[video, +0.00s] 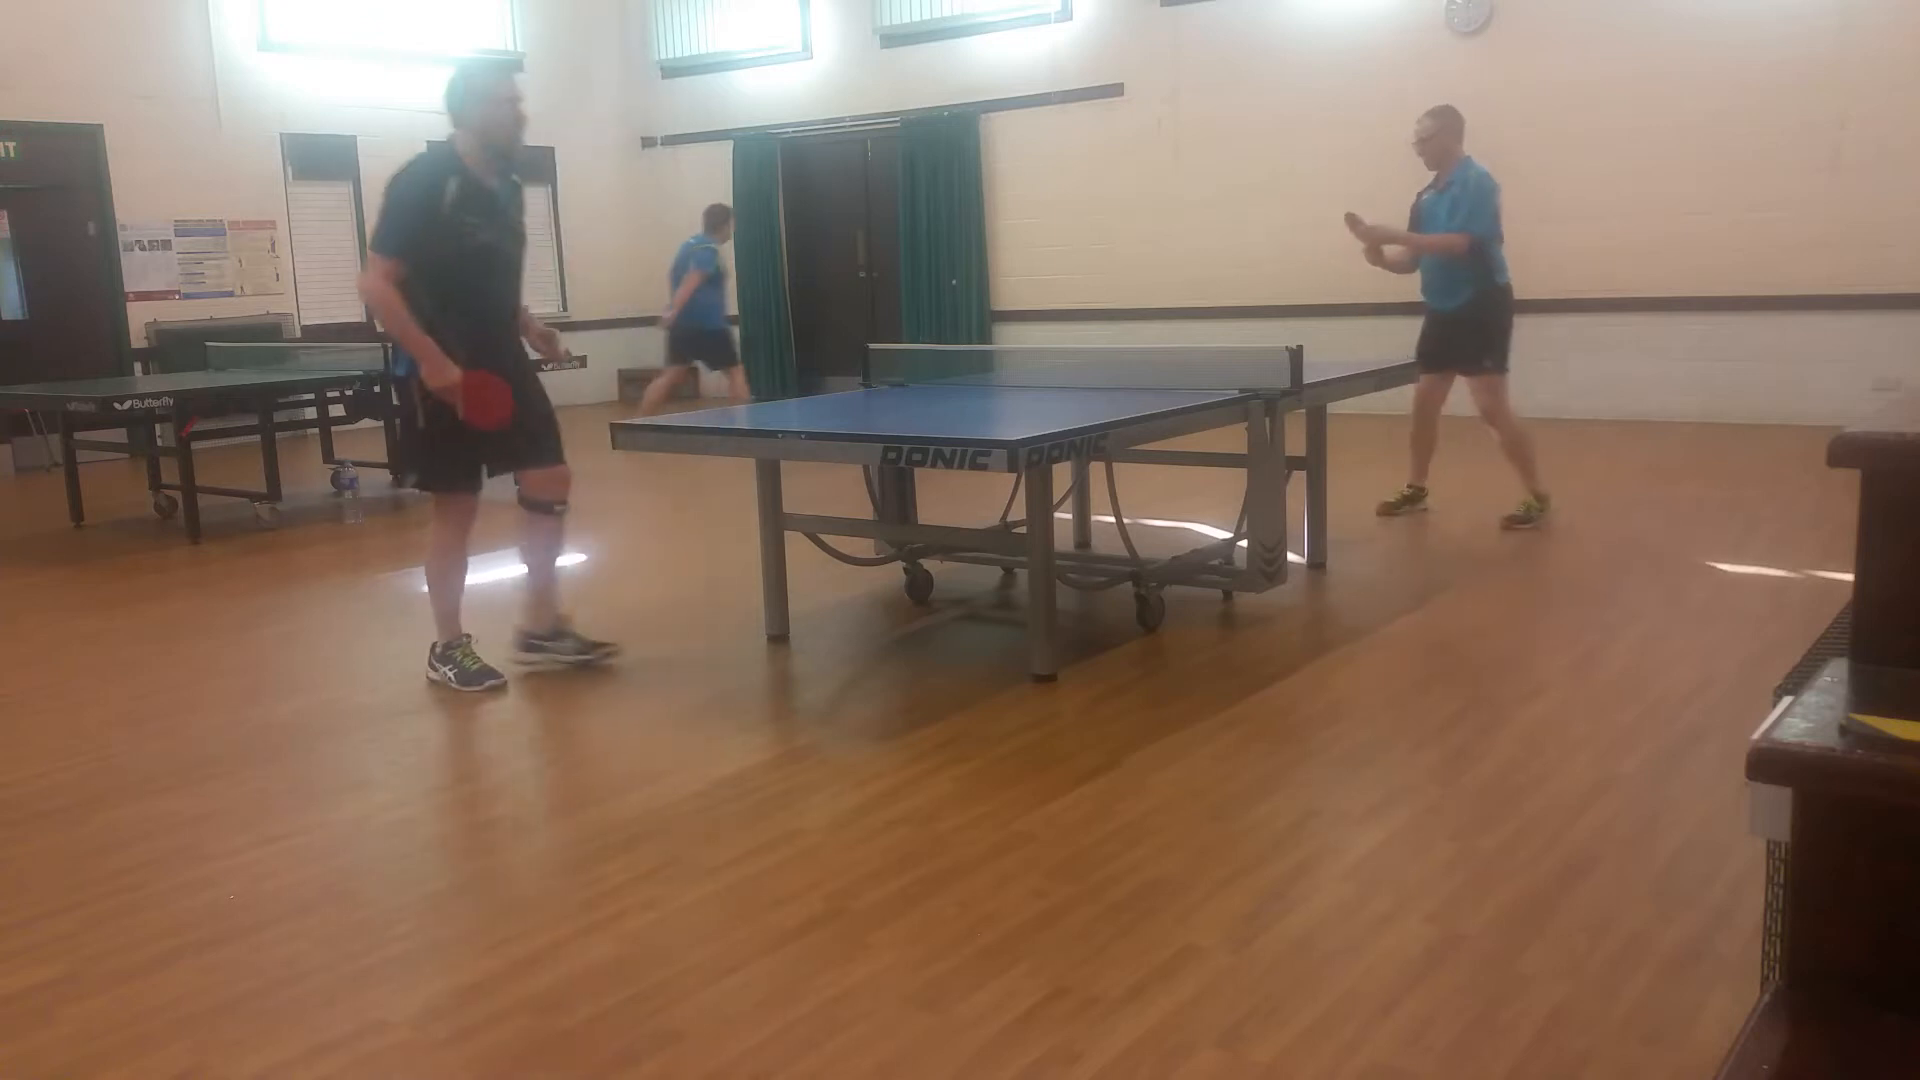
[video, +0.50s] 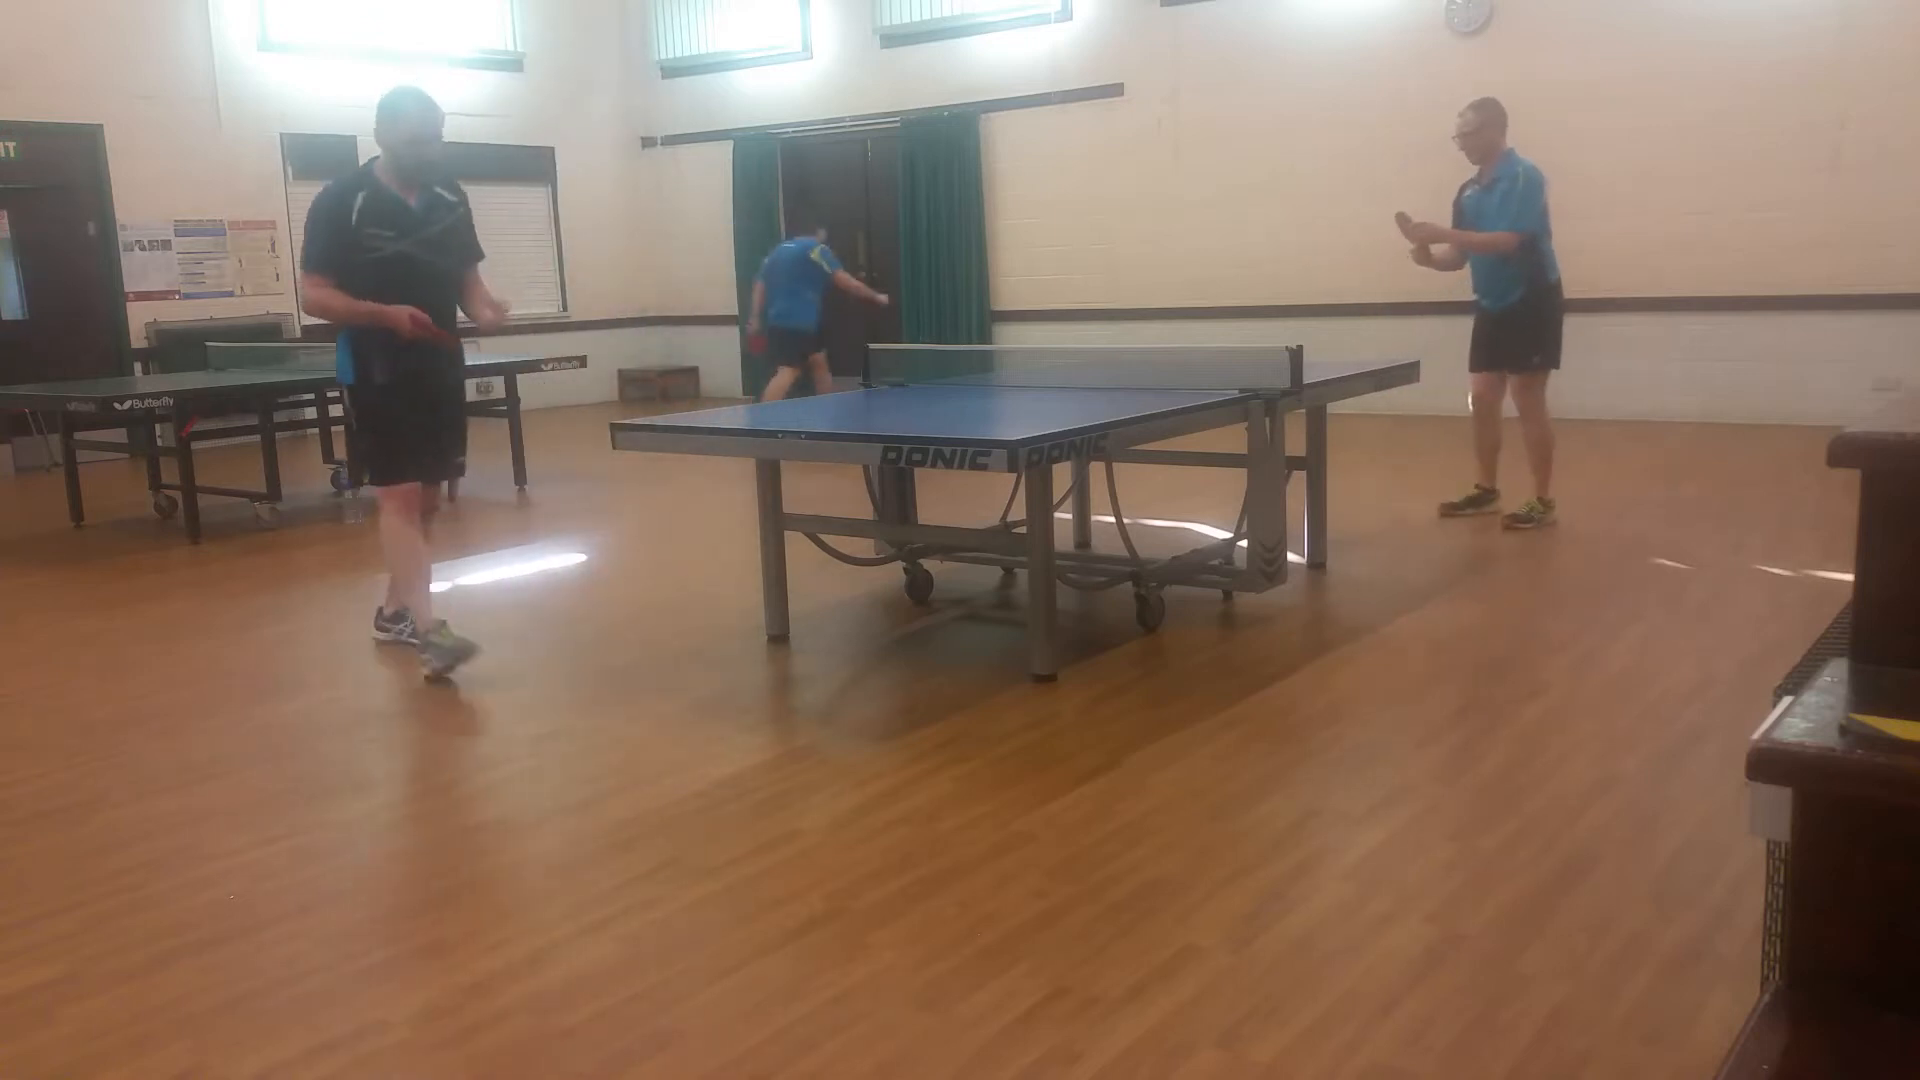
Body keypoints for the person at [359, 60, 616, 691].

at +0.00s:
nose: (521, 113)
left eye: (519, 102)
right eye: (507, 103)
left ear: (502, 113)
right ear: (467, 111)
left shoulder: (507, 188)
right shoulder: (422, 179)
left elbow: (493, 282)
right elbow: (375, 283)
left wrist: (530, 327)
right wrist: (430, 358)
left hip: (504, 360)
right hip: (442, 366)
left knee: (548, 481)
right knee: (455, 504)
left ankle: (542, 628)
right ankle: (450, 646)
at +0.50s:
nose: (430, 149)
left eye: (436, 138)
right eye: (417, 138)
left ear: (442, 136)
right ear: (384, 135)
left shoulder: (449, 200)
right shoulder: (341, 200)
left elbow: (468, 280)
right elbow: (315, 294)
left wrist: (485, 308)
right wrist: (385, 314)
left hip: (439, 364)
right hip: (379, 368)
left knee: (425, 497)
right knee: (398, 496)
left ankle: (394, 610)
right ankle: (430, 628)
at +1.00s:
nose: (387, 146)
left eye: (392, 134)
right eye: (374, 134)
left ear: (396, 133)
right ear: (339, 131)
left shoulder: (407, 198)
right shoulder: (293, 193)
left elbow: (431, 282)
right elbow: (256, 277)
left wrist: (467, 307)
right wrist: (319, 289)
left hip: (401, 370)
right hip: (327, 373)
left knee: (402, 491)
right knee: (330, 494)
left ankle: (396, 613)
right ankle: (331, 612)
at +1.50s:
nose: (398, 160)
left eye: (401, 149)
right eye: (387, 149)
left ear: (401, 146)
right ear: (346, 148)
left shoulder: (415, 207)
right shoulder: (292, 204)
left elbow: (428, 282)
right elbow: (254, 267)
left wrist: (444, 327)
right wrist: (241, 315)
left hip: (405, 371)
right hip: (327, 379)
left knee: (452, 484)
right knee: (330, 499)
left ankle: (510, 614)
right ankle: (332, 615)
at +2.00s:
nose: (512, 216)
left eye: (519, 204)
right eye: (501, 203)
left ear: (524, 200)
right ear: (464, 196)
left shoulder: (531, 257)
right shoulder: (412, 241)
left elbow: (557, 349)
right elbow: (408, 355)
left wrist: (589, 355)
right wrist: (490, 336)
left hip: (487, 382)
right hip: (406, 387)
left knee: (520, 490)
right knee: (369, 506)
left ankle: (526, 629)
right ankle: (336, 610)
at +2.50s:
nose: (560, 227)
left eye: (566, 213)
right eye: (547, 214)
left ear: (571, 210)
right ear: (508, 210)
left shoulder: (572, 268)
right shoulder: (455, 251)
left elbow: (584, 360)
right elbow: (470, 362)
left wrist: (632, 386)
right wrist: (546, 342)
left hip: (512, 379)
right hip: (431, 380)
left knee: (532, 495)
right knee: (405, 511)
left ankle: (526, 630)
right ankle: (392, 620)